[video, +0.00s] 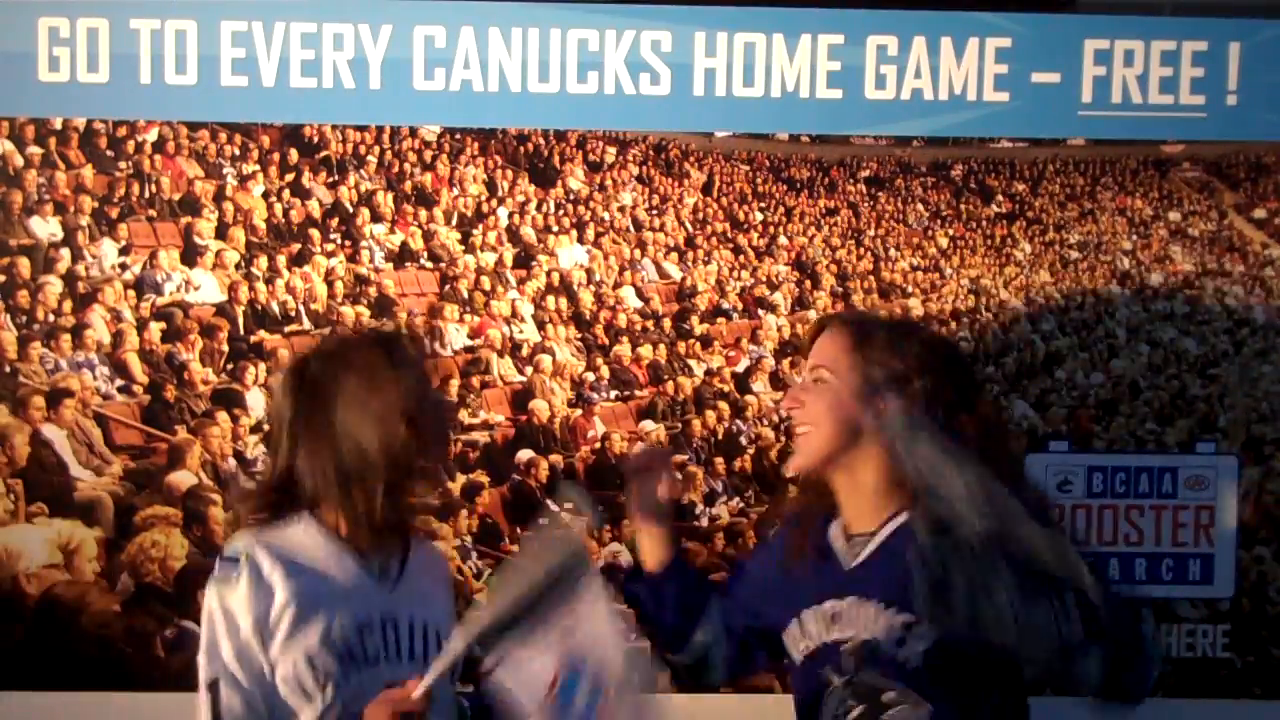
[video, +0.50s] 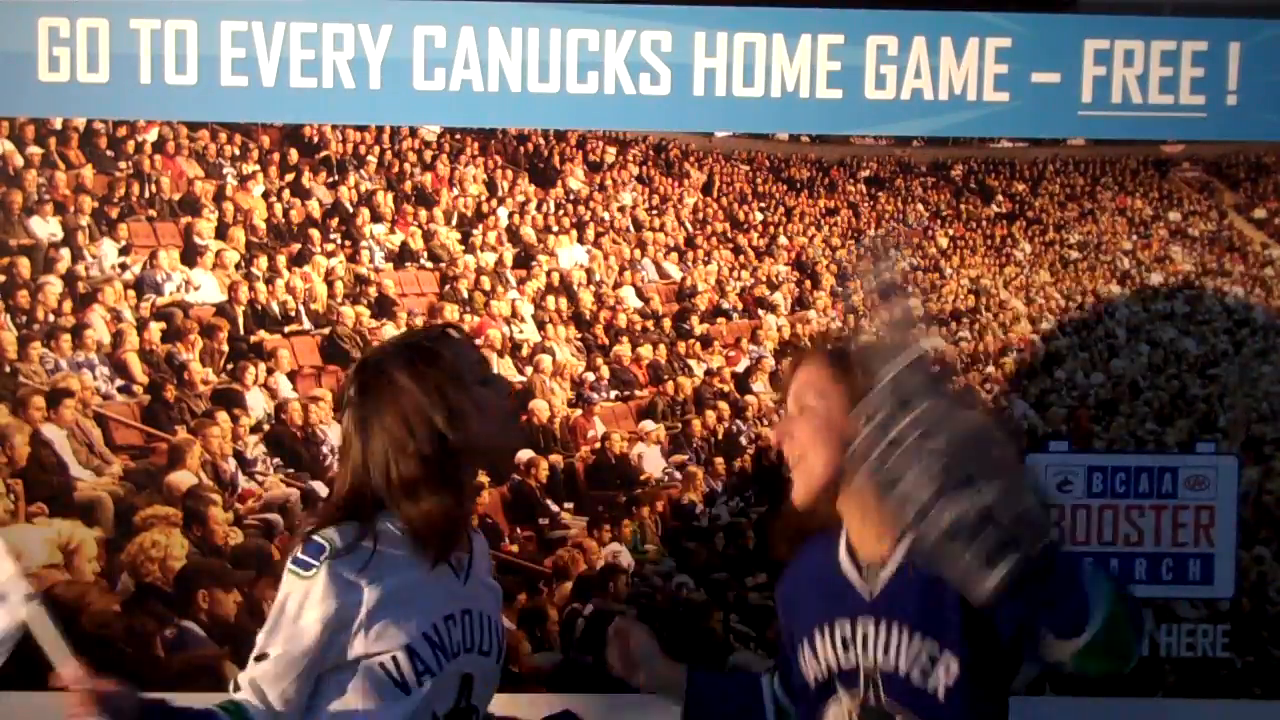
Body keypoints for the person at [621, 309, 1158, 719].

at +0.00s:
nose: (790, 398)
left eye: (819, 377)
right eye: (800, 379)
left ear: (887, 403)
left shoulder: (977, 540)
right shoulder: (798, 545)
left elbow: (1120, 665)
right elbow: (708, 658)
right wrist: (653, 527)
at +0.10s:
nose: (776, 426)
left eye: (804, 410)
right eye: (788, 407)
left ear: (874, 445)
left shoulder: (966, 601)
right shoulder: (783, 581)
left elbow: (1037, 699)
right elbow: (696, 681)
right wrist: (632, 565)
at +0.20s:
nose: (785, 410)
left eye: (811, 396)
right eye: (798, 394)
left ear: (882, 435)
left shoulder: (963, 594)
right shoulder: (790, 559)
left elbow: (989, 712)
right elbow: (740, 677)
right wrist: (640, 596)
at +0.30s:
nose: (782, 359)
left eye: (812, 341)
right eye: (795, 341)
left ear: (885, 377)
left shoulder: (976, 526)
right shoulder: (782, 528)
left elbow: (1058, 699)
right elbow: (793, 657)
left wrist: (1100, 590)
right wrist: (664, 614)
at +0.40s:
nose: (775, 373)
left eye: (800, 353)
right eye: (787, 354)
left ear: (877, 376)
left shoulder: (978, 526)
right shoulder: (792, 533)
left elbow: (1112, 645)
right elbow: (802, 668)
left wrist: (1087, 530)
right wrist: (681, 648)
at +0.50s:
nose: (776, 435)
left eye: (800, 410)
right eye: (783, 412)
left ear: (876, 427)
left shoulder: (978, 569)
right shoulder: (805, 579)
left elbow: (1117, 652)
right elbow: (795, 705)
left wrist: (1032, 558)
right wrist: (670, 679)